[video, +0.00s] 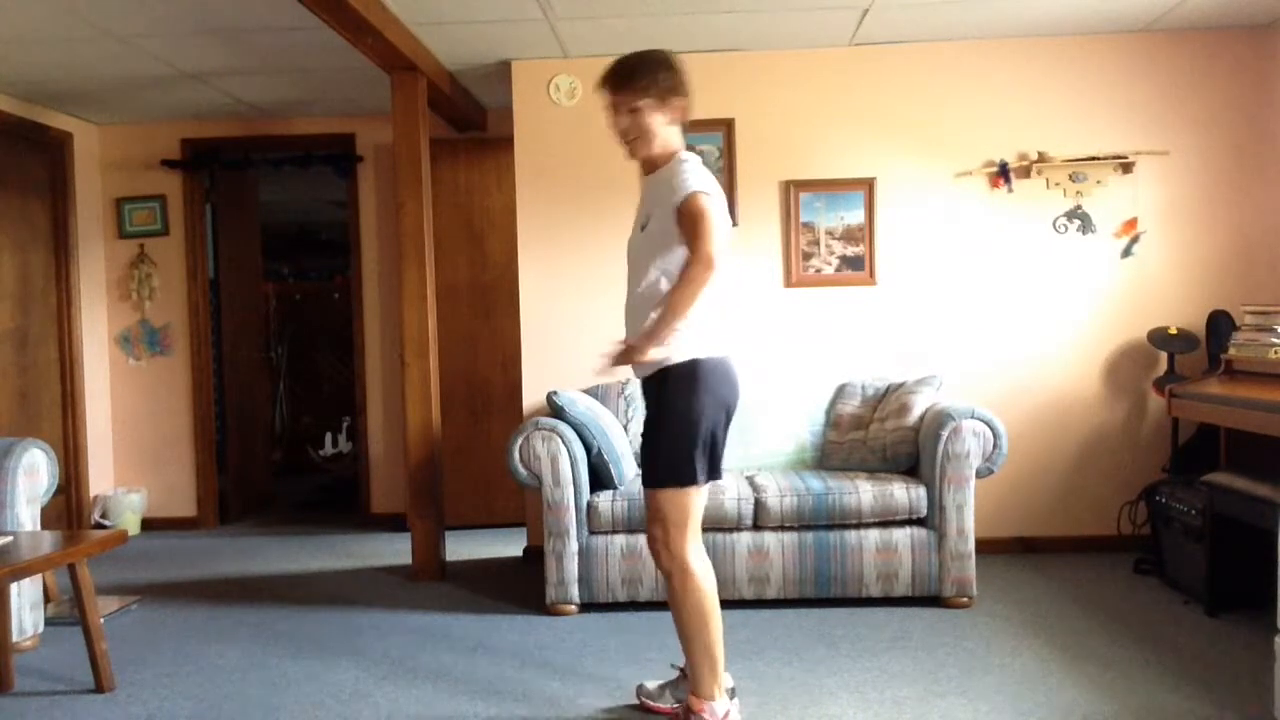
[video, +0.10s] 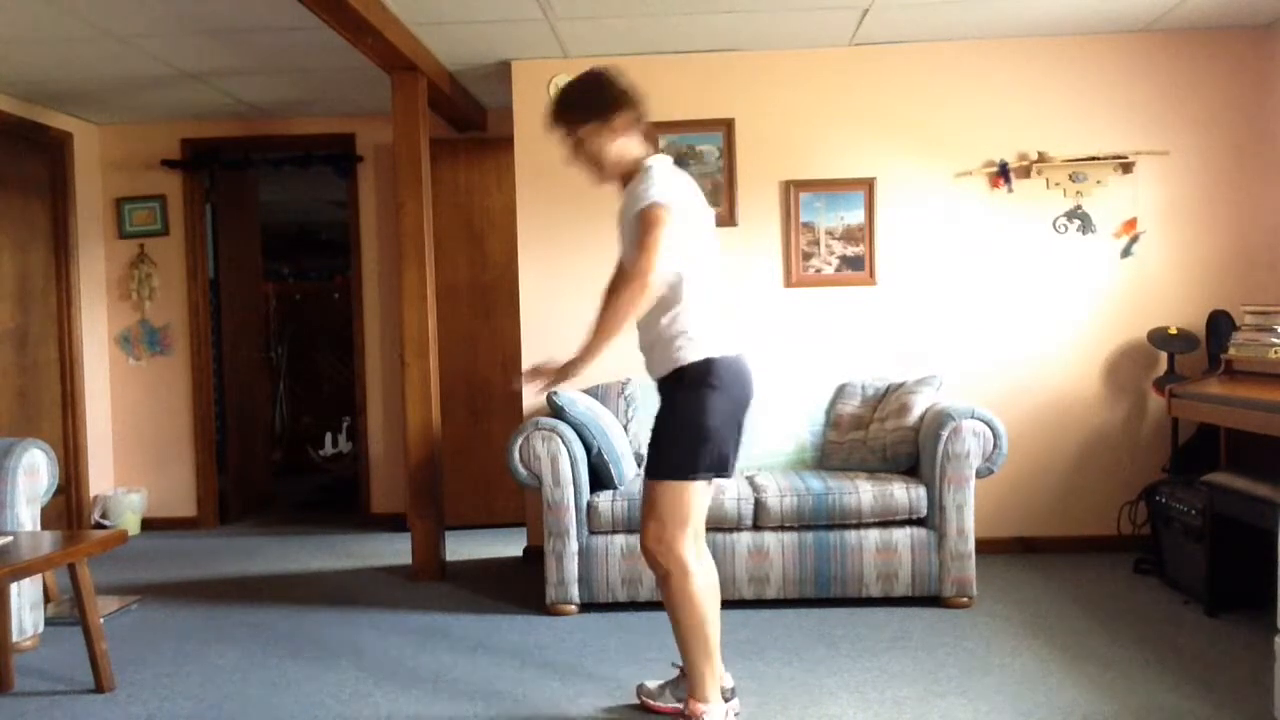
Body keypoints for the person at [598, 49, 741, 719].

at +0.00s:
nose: (625, 127)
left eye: (637, 111)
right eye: (617, 116)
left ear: (676, 109)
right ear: (614, 119)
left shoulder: (686, 174)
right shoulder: (660, 182)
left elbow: (707, 255)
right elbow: (671, 273)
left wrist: (653, 334)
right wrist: (640, 342)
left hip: (691, 374)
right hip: (676, 374)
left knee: (674, 543)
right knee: (669, 541)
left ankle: (711, 696)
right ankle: (703, 679)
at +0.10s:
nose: (576, 158)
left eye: (579, 142)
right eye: (571, 145)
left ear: (618, 125)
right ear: (621, 128)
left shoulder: (657, 184)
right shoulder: (663, 181)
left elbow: (637, 279)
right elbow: (640, 284)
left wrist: (579, 361)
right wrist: (577, 361)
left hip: (701, 376)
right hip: (707, 373)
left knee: (665, 541)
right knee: (681, 540)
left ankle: (707, 693)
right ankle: (708, 676)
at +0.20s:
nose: (544, 191)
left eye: (547, 174)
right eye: (539, 179)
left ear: (587, 154)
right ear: (591, 157)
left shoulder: (630, 205)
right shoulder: (639, 198)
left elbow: (597, 312)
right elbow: (597, 311)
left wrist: (542, 404)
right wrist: (545, 402)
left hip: (715, 385)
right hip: (719, 381)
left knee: (666, 547)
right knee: (676, 544)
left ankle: (708, 700)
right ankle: (707, 677)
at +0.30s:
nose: (523, 241)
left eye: (525, 226)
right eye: (518, 229)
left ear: (556, 210)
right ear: (559, 210)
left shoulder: (601, 252)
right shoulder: (607, 245)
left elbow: (569, 364)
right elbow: (579, 364)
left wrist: (521, 451)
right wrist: (534, 441)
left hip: (734, 399)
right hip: (735, 397)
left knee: (668, 556)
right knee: (678, 550)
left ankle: (713, 703)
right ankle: (706, 678)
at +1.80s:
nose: (442, 574)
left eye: (433, 565)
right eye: (432, 568)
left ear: (449, 535)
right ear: (456, 512)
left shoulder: (517, 519)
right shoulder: (515, 488)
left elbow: (508, 644)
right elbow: (513, 629)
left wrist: (481, 714)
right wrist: (484, 702)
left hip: (698, 493)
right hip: (706, 472)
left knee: (804, 644)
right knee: (833, 581)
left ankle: (962, 615)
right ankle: (961, 640)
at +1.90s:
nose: (442, 568)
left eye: (434, 559)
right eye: (434, 559)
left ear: (451, 532)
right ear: (462, 507)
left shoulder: (517, 526)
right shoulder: (520, 488)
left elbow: (513, 636)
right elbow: (516, 614)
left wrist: (482, 713)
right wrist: (490, 694)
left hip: (712, 519)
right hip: (709, 492)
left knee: (866, 604)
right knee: (856, 590)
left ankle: (1027, 650)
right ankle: (977, 646)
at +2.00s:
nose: (445, 566)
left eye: (437, 556)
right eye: (437, 556)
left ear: (455, 531)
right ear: (466, 504)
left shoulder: (520, 526)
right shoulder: (523, 489)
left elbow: (514, 641)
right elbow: (518, 617)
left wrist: (482, 714)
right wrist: (488, 697)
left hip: (718, 521)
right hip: (713, 495)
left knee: (858, 615)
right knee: (854, 598)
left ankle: (1026, 662)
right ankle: (975, 654)